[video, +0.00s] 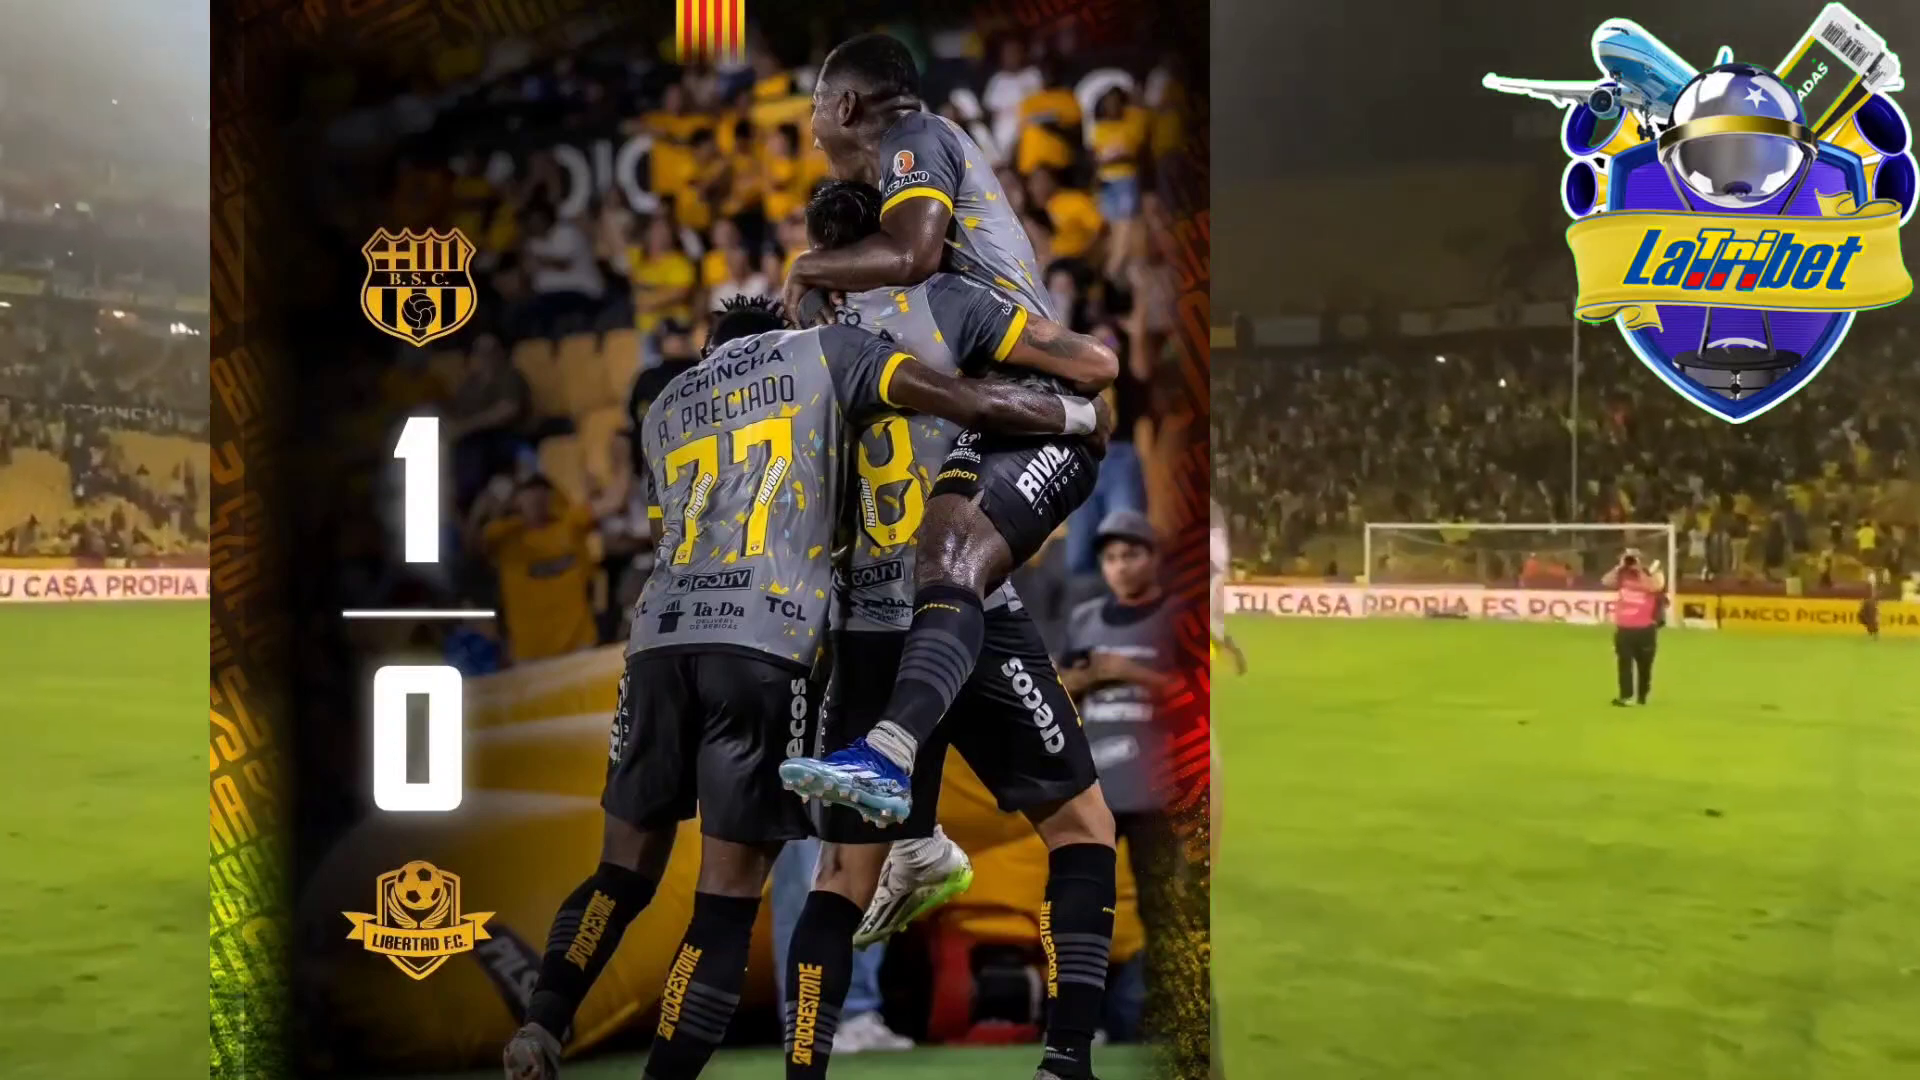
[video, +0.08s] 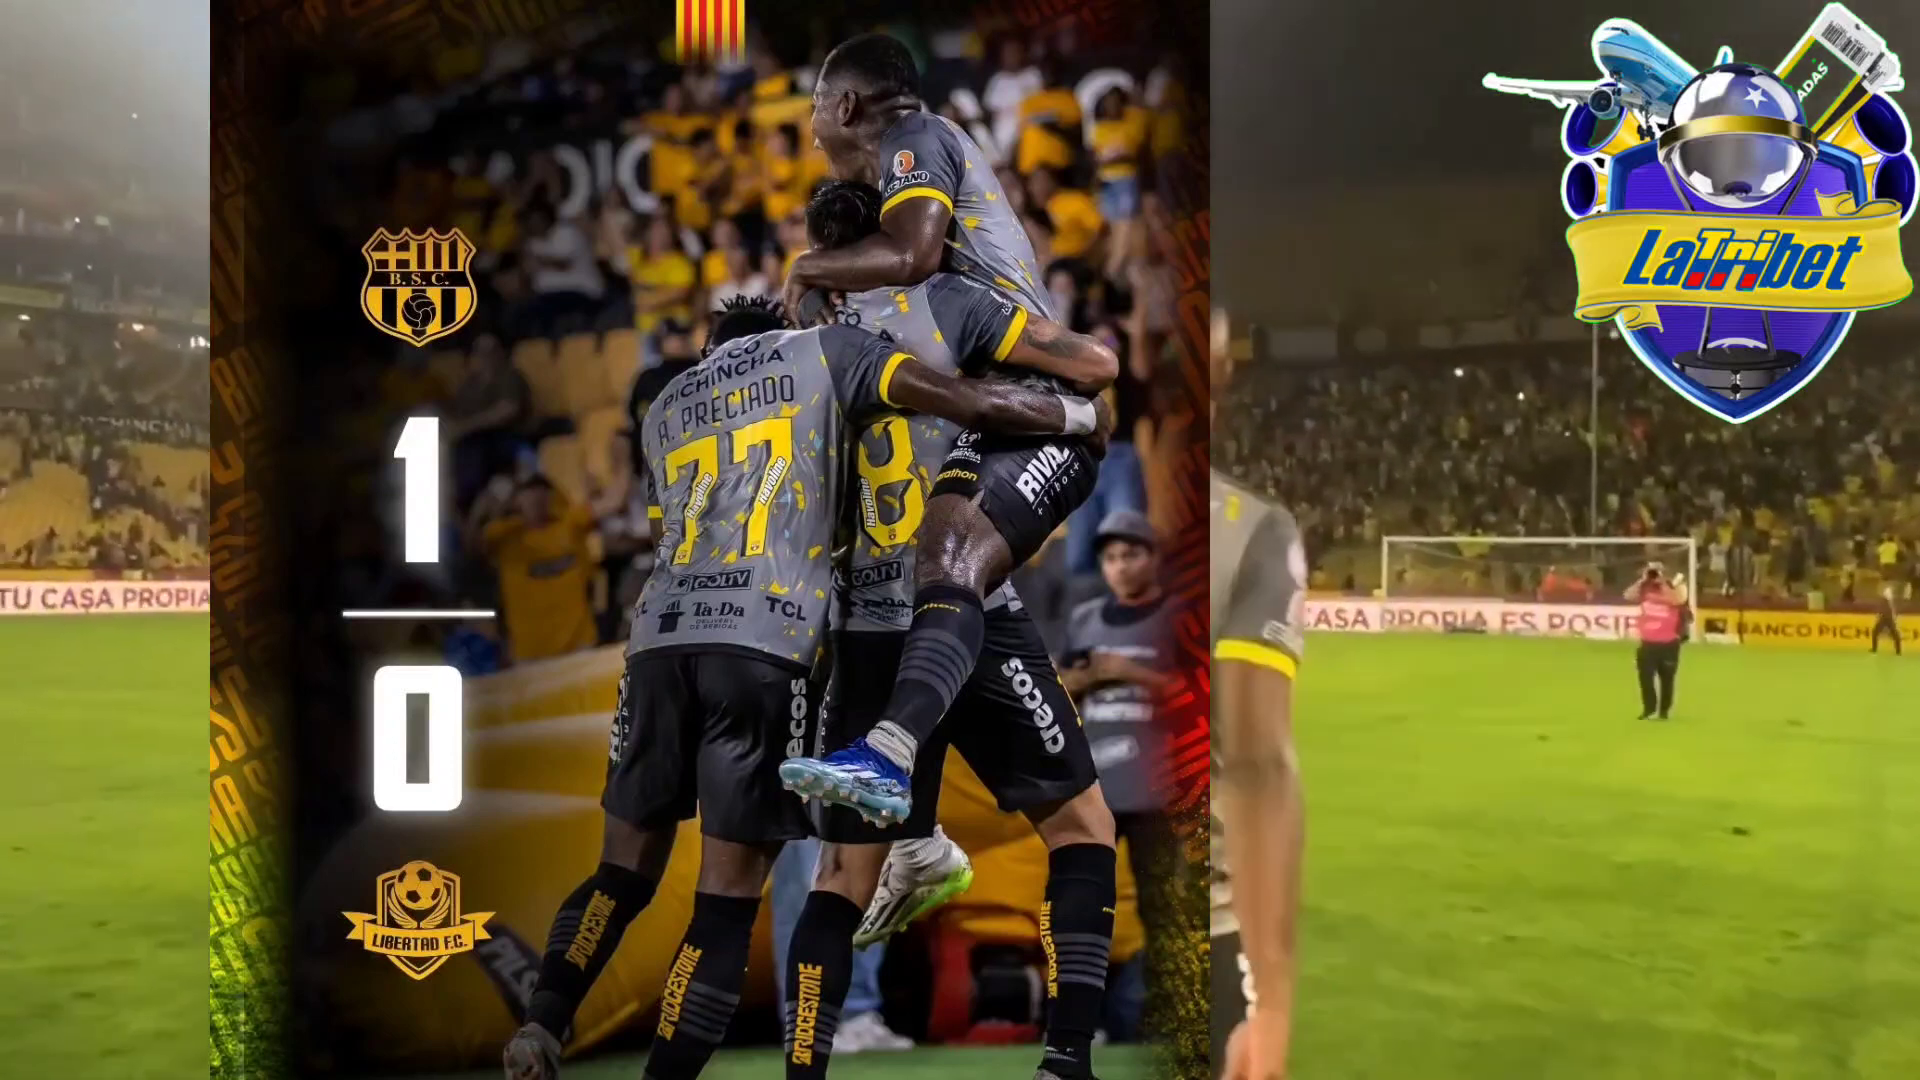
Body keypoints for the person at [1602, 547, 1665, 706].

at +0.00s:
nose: (1632, 565)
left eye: (1635, 561)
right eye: (1628, 562)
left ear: (1641, 562)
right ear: (1625, 564)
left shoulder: (1650, 577)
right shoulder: (1623, 578)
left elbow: (1655, 587)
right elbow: (1605, 581)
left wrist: (1640, 571)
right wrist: (1619, 567)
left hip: (1644, 626)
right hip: (1625, 626)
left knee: (1644, 665)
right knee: (1624, 664)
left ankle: (1642, 695)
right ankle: (1626, 695)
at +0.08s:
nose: (1654, 578)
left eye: (1657, 574)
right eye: (1651, 575)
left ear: (1663, 575)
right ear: (1647, 577)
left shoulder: (1671, 591)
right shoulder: (1645, 591)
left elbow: (1677, 600)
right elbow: (1627, 595)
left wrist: (1663, 583)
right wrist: (1642, 581)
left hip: (1668, 641)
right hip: (1648, 640)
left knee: (1667, 678)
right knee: (1645, 678)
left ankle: (1664, 709)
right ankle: (1649, 707)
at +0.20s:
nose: (1675, 592)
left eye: (1679, 588)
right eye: (1672, 588)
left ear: (1685, 589)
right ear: (1669, 590)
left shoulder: (1693, 605)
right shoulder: (1667, 605)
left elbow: (1699, 615)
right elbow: (1650, 610)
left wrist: (1686, 598)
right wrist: (1664, 595)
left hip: (1690, 655)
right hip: (1670, 654)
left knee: (1690, 692)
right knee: (1665, 689)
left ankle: (1687, 723)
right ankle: (1673, 716)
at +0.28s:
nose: (1695, 605)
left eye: (1699, 601)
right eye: (1692, 601)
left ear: (1706, 602)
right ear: (1689, 603)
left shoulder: (1713, 618)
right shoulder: (1687, 617)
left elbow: (1720, 627)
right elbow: (1669, 621)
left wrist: (1706, 611)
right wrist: (1684, 607)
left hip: (1710, 667)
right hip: (1690, 667)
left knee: (1711, 705)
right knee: (1685, 700)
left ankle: (1708, 735)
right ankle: (1693, 726)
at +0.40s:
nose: (1714, 612)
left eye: (1717, 608)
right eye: (1711, 609)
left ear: (1724, 609)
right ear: (1707, 611)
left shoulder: (1732, 625)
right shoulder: (1705, 626)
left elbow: (1737, 637)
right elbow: (1686, 631)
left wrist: (1724, 618)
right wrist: (1701, 616)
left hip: (1729, 677)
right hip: (1708, 676)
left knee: (1730, 714)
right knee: (1707, 711)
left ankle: (1728, 745)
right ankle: (1714, 738)